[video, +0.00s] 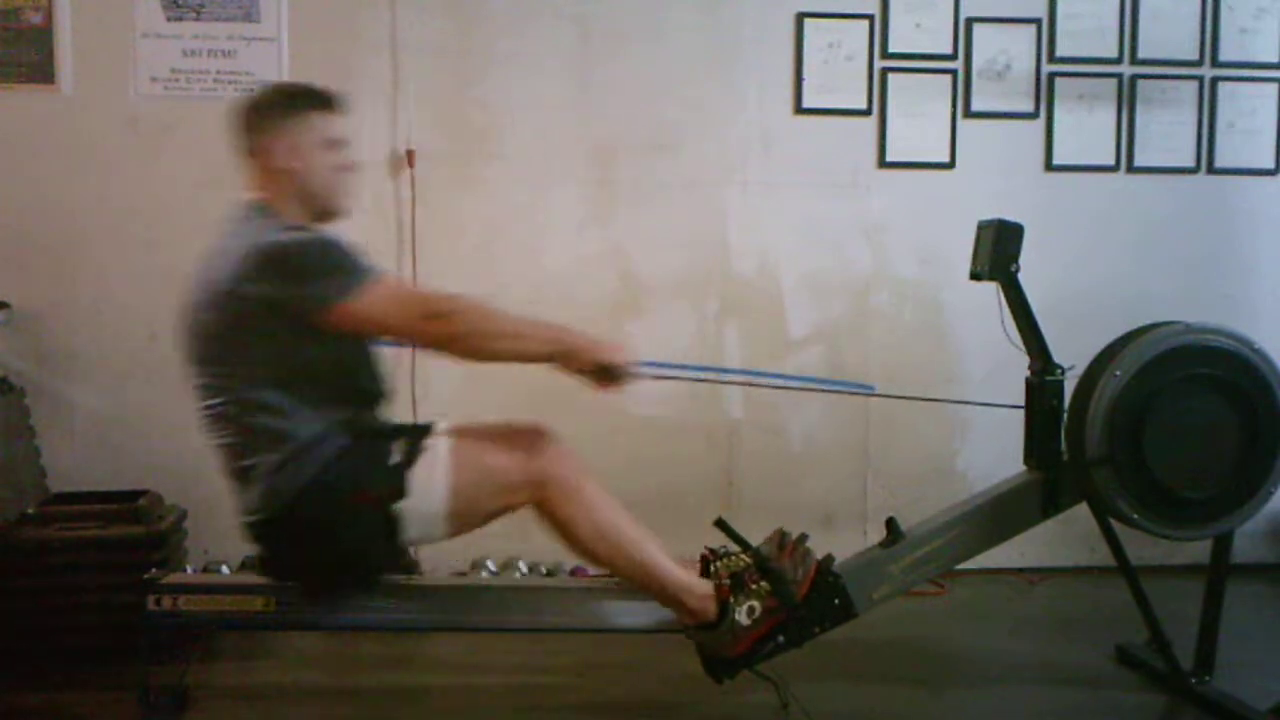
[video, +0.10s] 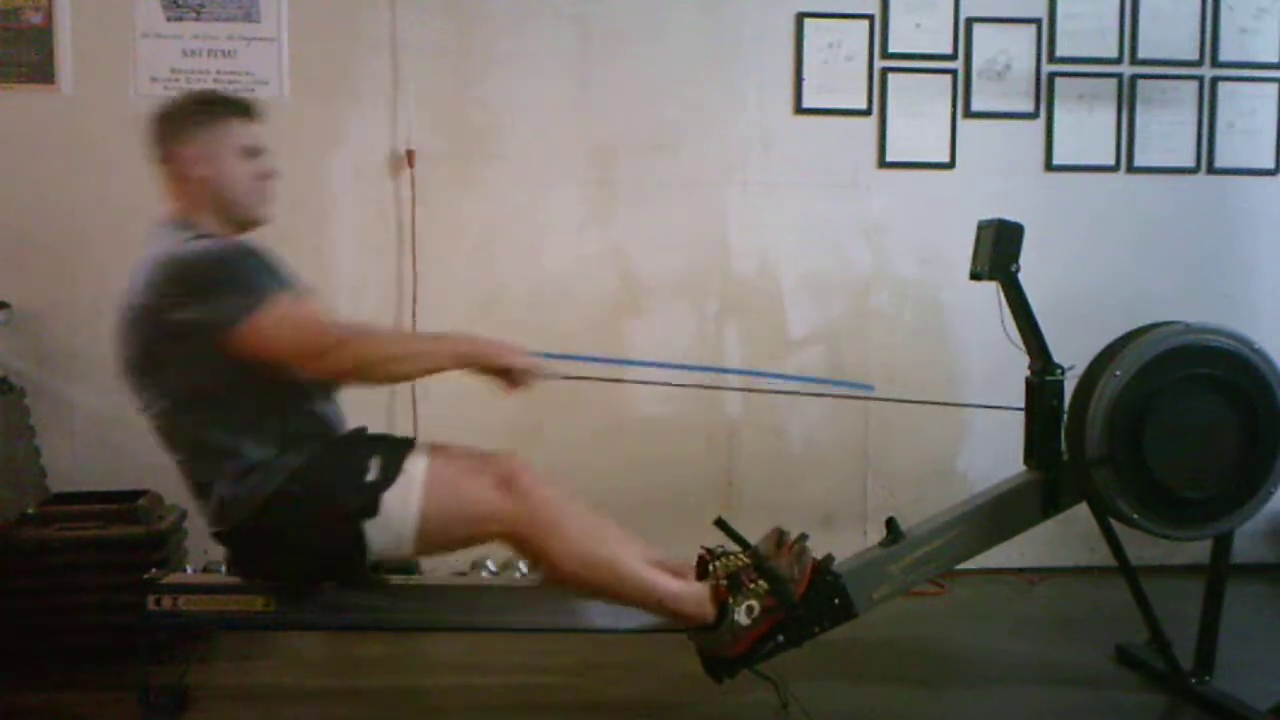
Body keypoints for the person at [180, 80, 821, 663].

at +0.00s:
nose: (349, 166)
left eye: (345, 147)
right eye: (331, 148)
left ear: (281, 159)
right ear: (275, 154)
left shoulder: (267, 247)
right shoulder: (282, 252)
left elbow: (429, 318)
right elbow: (433, 320)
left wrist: (565, 346)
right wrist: (572, 348)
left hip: (319, 484)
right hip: (324, 496)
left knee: (533, 449)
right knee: (539, 457)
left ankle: (696, 598)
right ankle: (706, 612)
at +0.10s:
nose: (267, 172)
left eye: (264, 155)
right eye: (248, 156)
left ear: (209, 169)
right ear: (188, 168)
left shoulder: (223, 259)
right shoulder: (193, 268)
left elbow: (329, 352)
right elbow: (327, 350)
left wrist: (459, 352)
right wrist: (468, 351)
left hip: (309, 480)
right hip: (289, 501)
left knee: (511, 481)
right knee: (510, 494)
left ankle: (697, 584)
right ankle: (705, 611)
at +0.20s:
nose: (211, 188)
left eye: (208, 172)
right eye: (191, 172)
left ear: (159, 186)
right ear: (128, 187)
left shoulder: (169, 278)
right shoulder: (133, 287)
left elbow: (239, 386)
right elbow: (215, 400)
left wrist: (362, 356)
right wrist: (364, 356)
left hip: (301, 473)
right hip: (277, 501)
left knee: (501, 501)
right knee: (496, 525)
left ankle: (705, 589)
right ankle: (713, 616)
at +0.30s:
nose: (185, 199)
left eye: (181, 183)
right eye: (164, 182)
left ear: (120, 196)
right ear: (101, 195)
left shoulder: (148, 290)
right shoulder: (95, 297)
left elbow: (181, 398)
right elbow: (124, 422)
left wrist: (273, 357)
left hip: (307, 470)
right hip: (276, 500)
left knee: (502, 507)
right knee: (493, 530)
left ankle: (706, 589)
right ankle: (706, 611)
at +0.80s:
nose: (251, 194)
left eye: (249, 177)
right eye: (234, 176)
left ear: (184, 182)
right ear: (169, 180)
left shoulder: (195, 282)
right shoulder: (146, 286)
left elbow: (246, 403)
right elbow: (208, 417)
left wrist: (359, 397)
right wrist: (356, 391)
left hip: (294, 479)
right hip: (268, 506)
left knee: (498, 497)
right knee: (493, 516)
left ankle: (707, 584)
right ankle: (712, 616)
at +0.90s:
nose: (283, 189)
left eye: (281, 171)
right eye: (265, 171)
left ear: (221, 176)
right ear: (202, 174)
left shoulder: (235, 271)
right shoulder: (178, 276)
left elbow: (306, 372)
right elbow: (265, 399)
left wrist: (418, 395)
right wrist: (424, 398)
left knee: (499, 486)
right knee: (497, 507)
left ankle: (696, 582)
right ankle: (708, 615)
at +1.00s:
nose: (320, 186)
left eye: (318, 169)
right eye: (303, 169)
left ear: (252, 174)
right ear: (243, 170)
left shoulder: (260, 264)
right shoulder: (218, 267)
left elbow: (360, 365)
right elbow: (342, 376)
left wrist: (479, 397)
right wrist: (484, 399)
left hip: (314, 479)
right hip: (284, 507)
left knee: (511, 475)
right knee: (509, 489)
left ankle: (703, 584)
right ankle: (705, 613)